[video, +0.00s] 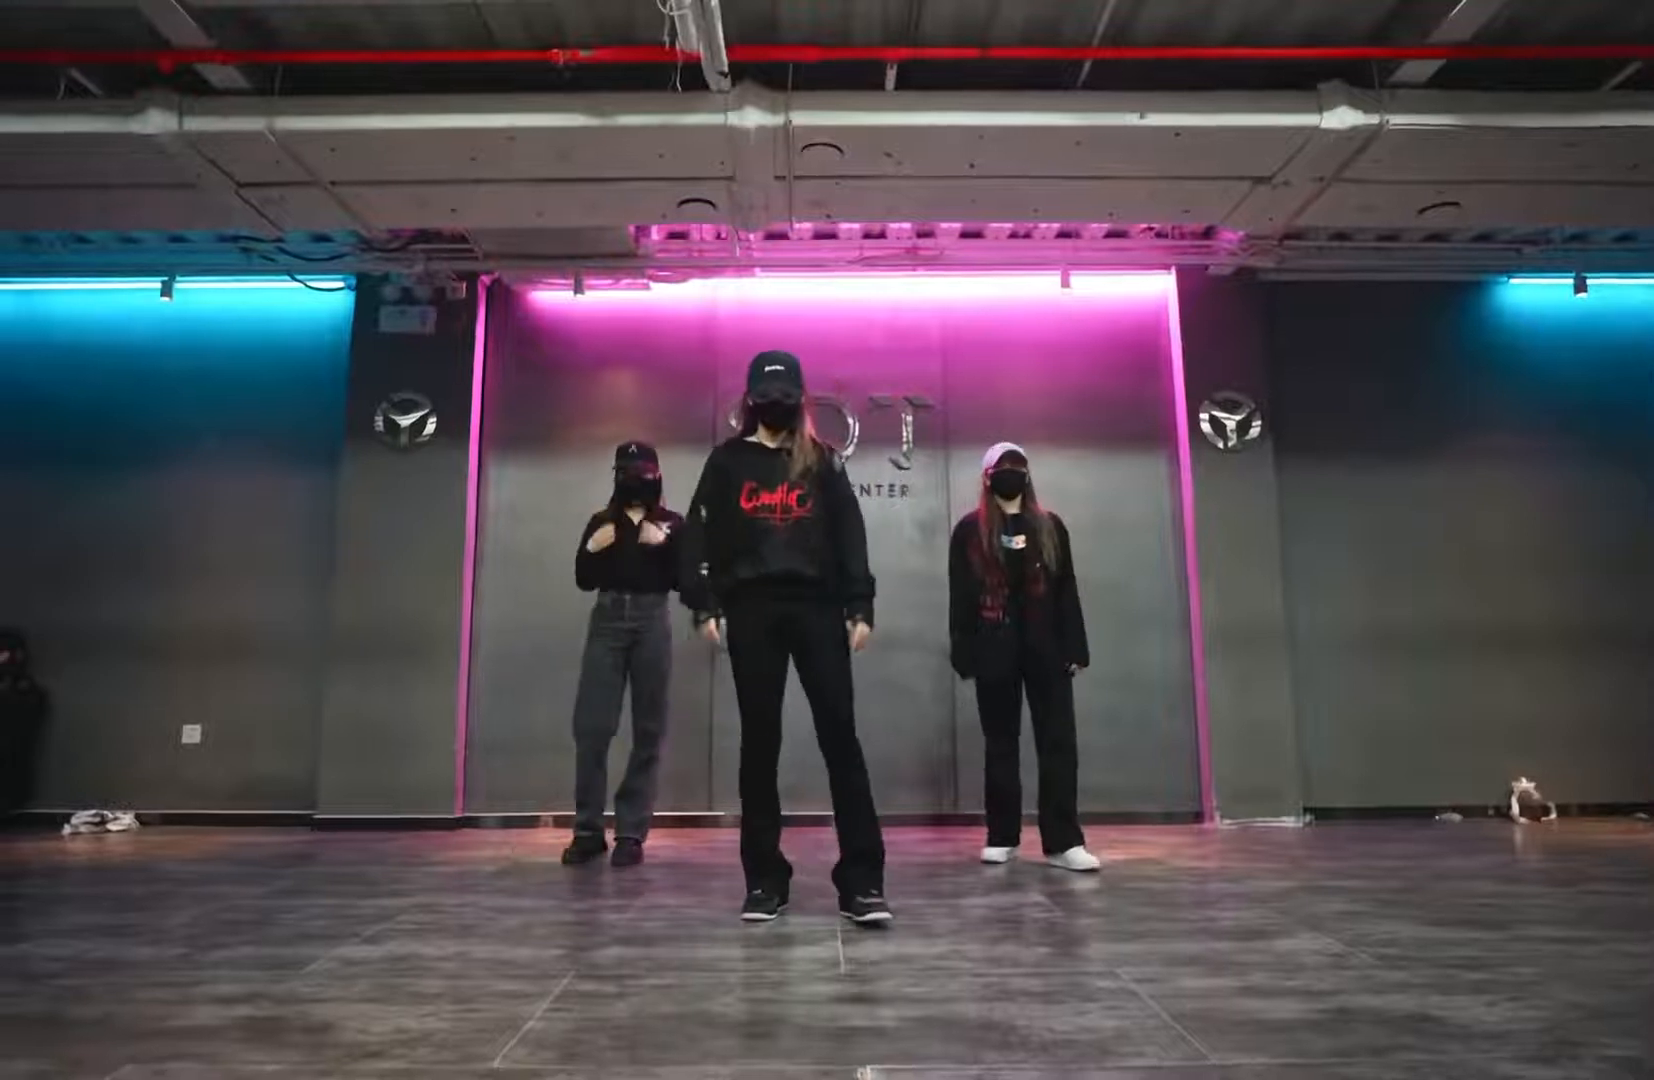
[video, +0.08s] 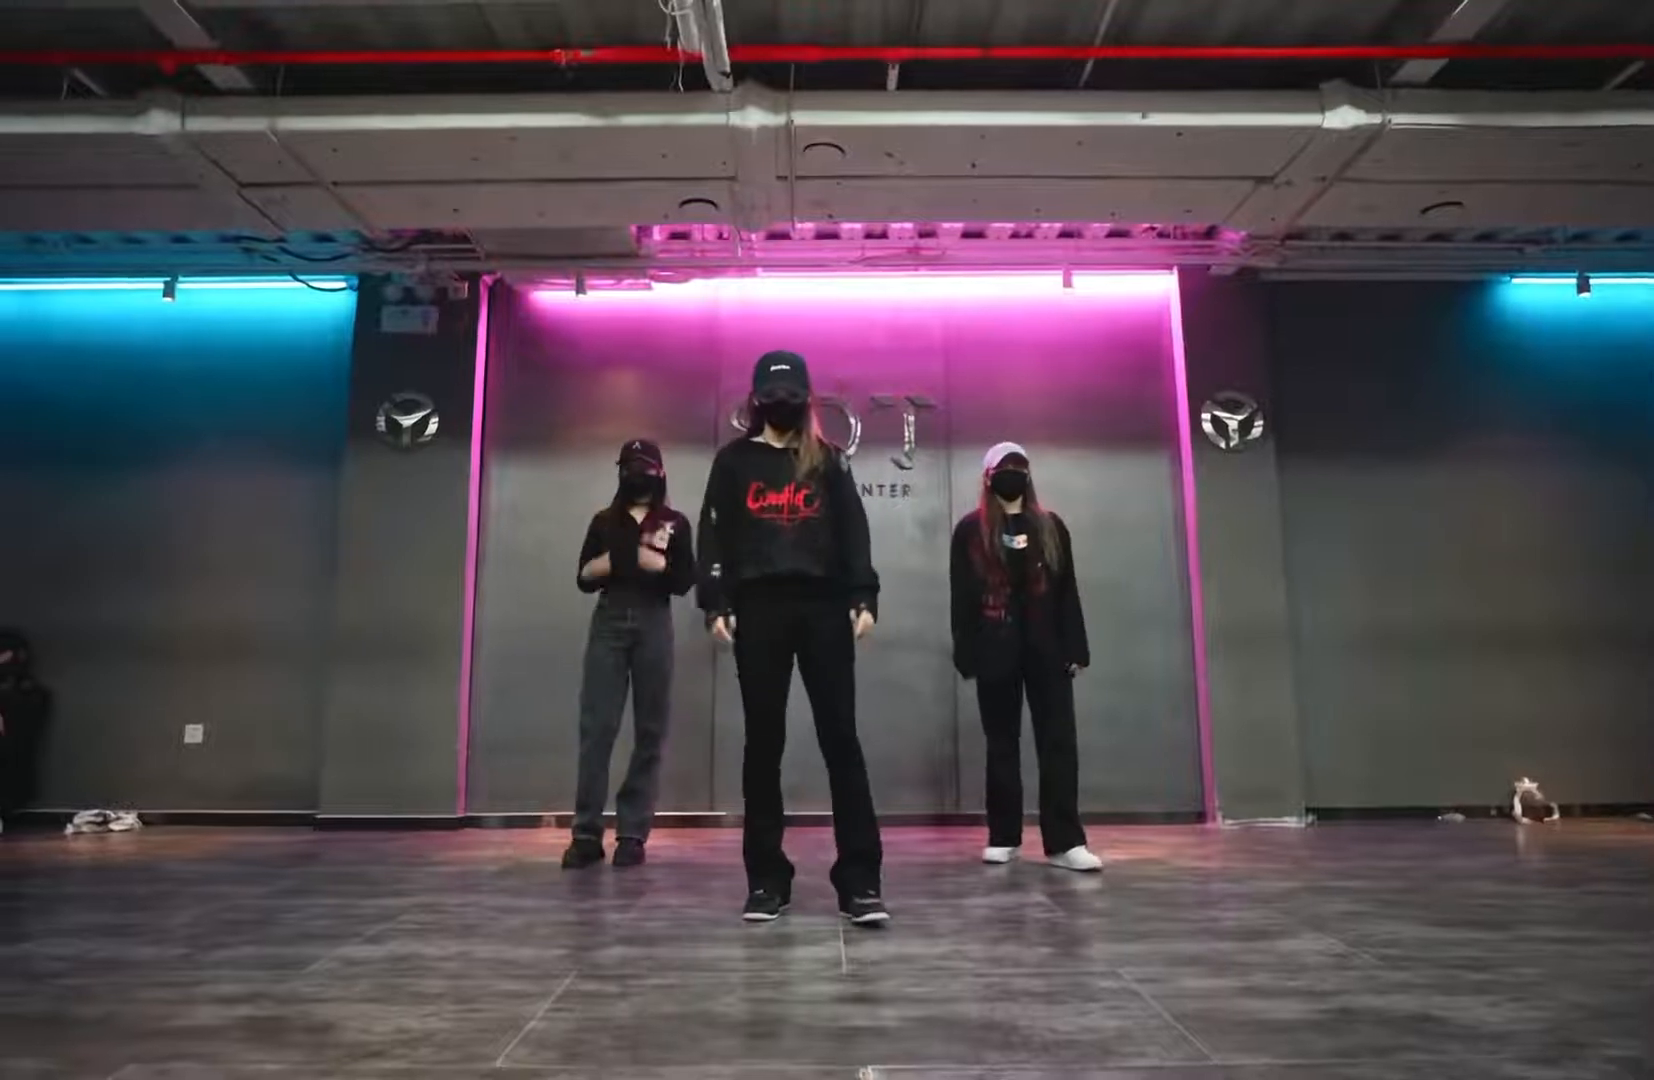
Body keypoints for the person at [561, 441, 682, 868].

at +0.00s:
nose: (638, 491)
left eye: (645, 482)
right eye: (631, 482)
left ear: (657, 481)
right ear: (618, 480)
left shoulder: (675, 526)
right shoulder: (600, 523)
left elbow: (685, 584)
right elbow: (583, 579)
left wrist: (660, 546)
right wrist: (598, 547)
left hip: (653, 625)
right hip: (607, 622)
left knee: (648, 732)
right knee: (591, 727)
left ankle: (630, 834)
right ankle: (588, 831)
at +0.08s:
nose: (641, 485)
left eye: (648, 478)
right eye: (634, 477)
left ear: (660, 478)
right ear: (622, 476)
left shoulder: (675, 524)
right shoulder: (604, 521)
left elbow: (684, 582)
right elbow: (584, 578)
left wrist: (655, 563)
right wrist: (618, 559)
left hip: (654, 627)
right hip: (608, 624)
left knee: (649, 733)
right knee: (596, 728)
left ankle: (633, 835)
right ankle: (587, 836)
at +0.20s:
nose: (645, 482)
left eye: (652, 475)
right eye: (638, 475)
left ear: (664, 477)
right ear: (627, 475)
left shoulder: (680, 524)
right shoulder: (606, 521)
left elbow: (683, 579)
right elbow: (589, 576)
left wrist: (673, 620)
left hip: (657, 625)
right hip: (609, 622)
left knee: (652, 733)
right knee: (598, 727)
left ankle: (635, 835)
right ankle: (588, 833)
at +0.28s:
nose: (646, 481)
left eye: (653, 474)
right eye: (639, 473)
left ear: (666, 476)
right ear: (629, 475)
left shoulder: (682, 525)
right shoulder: (607, 521)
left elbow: (683, 589)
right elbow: (592, 583)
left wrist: (688, 642)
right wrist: (584, 641)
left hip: (661, 625)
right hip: (610, 623)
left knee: (653, 733)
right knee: (598, 727)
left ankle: (636, 835)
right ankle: (589, 833)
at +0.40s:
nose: (645, 475)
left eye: (653, 469)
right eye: (639, 468)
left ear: (666, 473)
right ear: (629, 472)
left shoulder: (682, 523)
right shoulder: (609, 520)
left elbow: (696, 585)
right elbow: (592, 578)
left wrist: (699, 640)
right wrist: (588, 630)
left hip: (662, 621)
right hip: (611, 621)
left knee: (655, 731)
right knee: (600, 724)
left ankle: (638, 832)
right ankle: (597, 823)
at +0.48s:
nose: (645, 473)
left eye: (653, 467)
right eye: (639, 466)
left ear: (667, 472)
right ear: (630, 470)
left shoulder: (683, 521)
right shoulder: (610, 519)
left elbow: (699, 581)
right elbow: (594, 576)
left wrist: (703, 635)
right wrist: (590, 627)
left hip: (661, 621)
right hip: (611, 621)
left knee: (657, 730)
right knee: (603, 724)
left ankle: (639, 832)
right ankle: (603, 818)